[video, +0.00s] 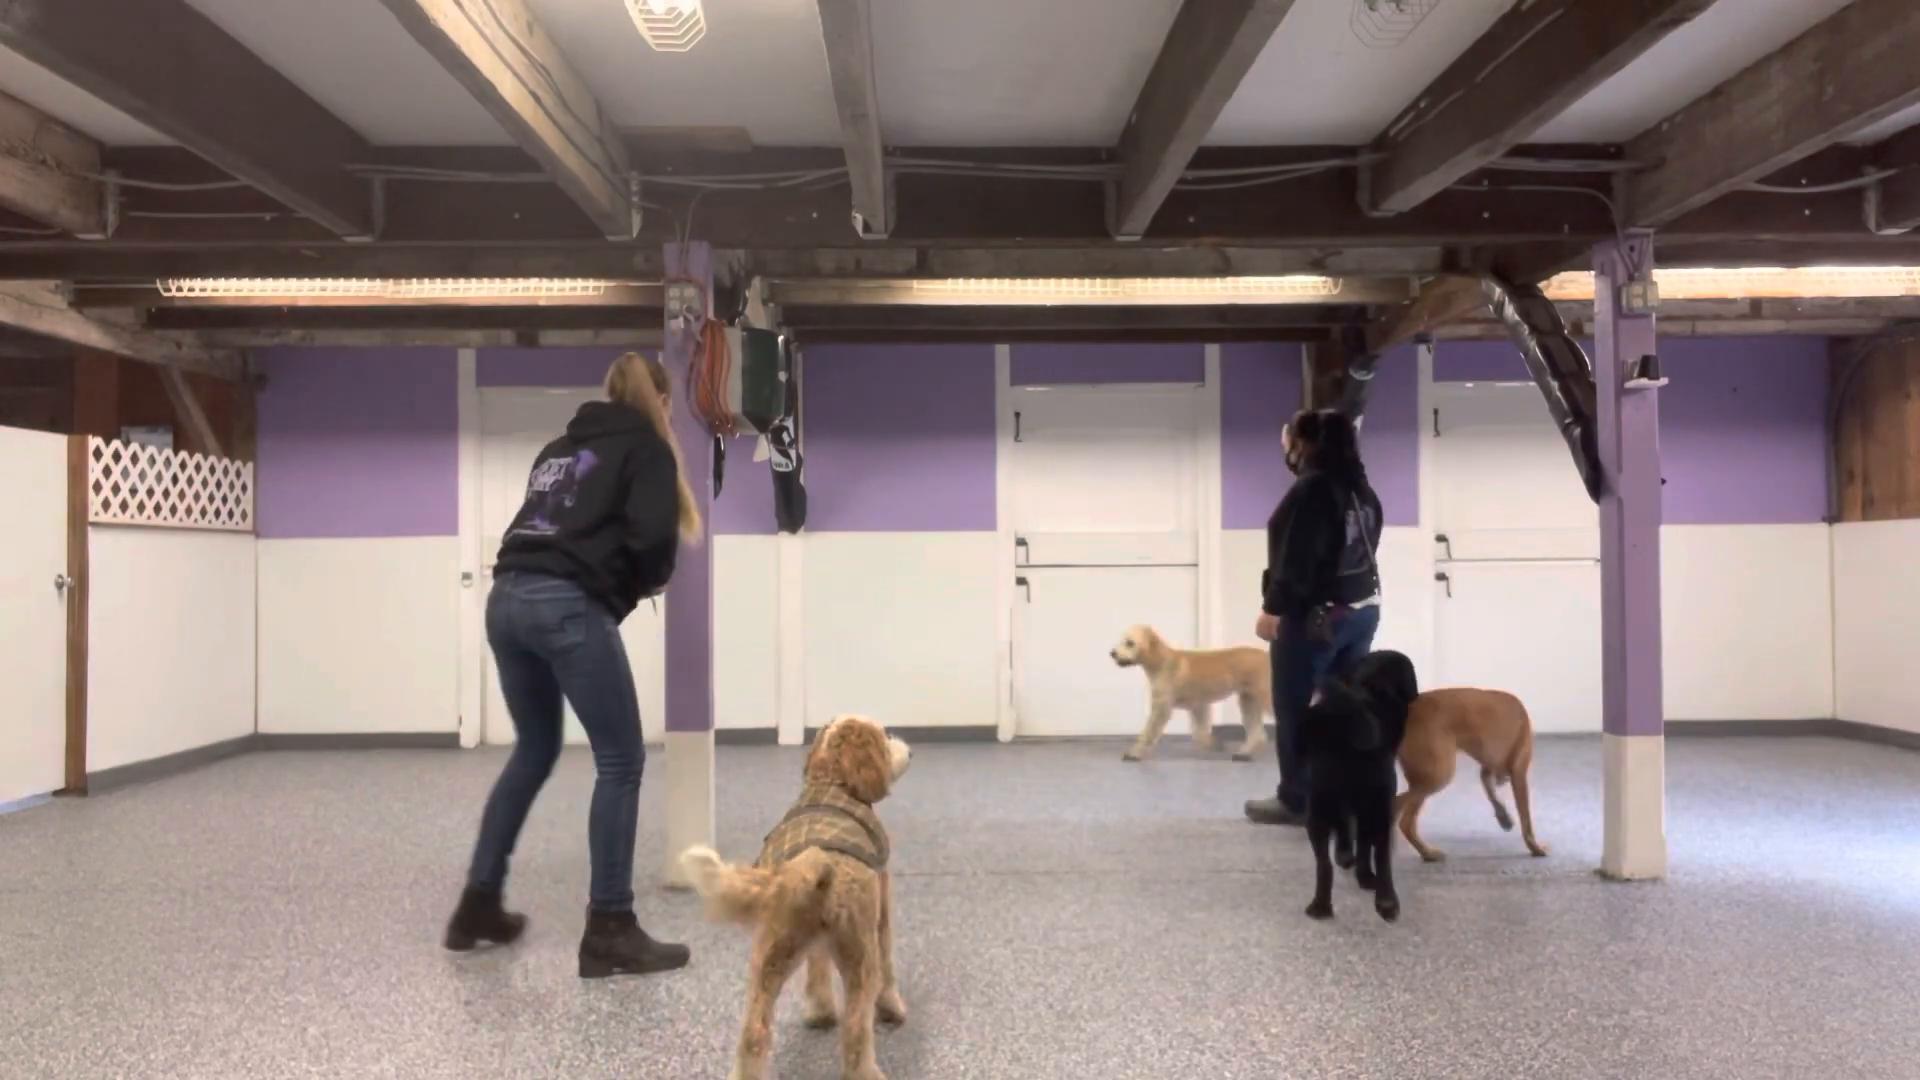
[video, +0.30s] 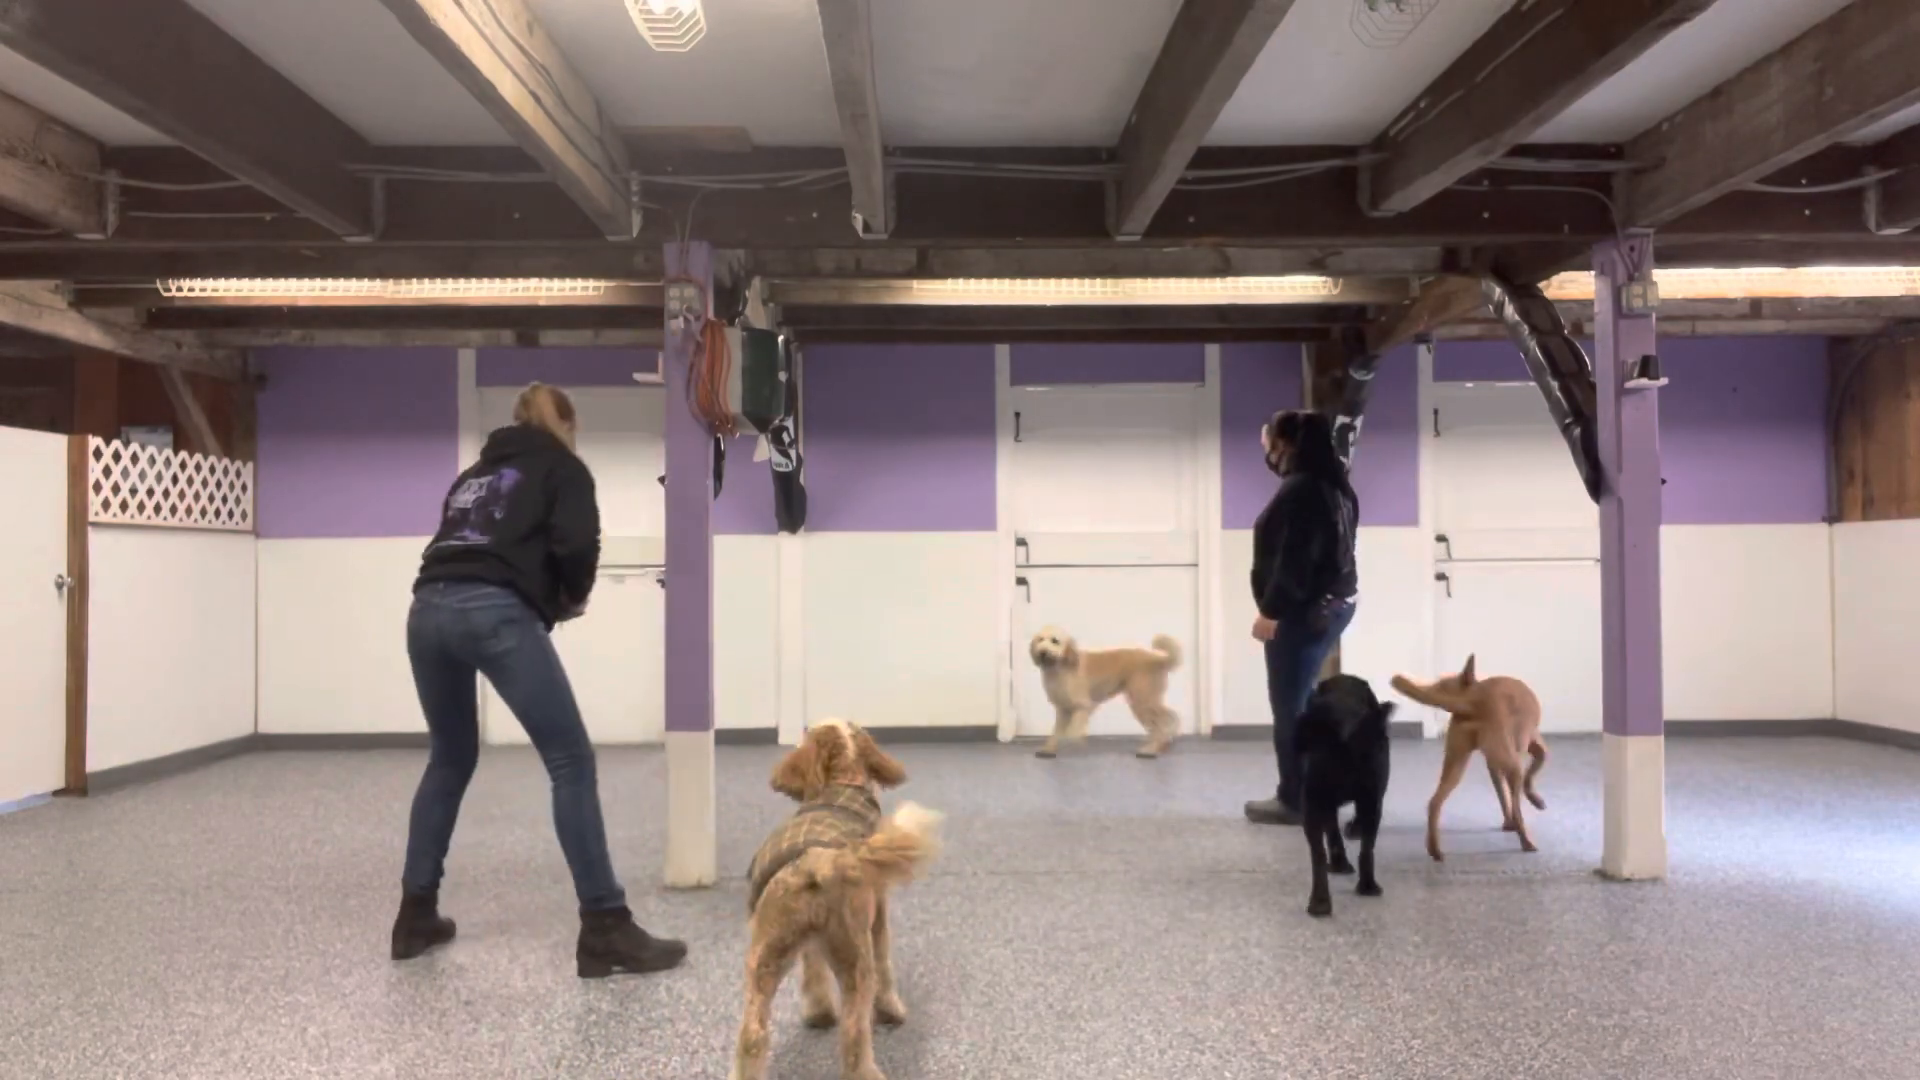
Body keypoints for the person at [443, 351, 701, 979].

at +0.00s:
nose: (671, 408)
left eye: (668, 399)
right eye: (668, 399)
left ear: (608, 395)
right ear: (659, 400)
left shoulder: (563, 444)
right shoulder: (647, 447)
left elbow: (547, 520)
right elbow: (653, 536)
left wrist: (604, 572)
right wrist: (645, 582)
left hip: (507, 599)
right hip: (568, 604)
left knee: (534, 752)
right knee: (620, 762)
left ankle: (478, 907)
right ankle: (611, 929)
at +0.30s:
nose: (572, 436)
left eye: (569, 428)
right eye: (572, 428)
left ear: (516, 423)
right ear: (565, 426)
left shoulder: (476, 469)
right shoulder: (565, 468)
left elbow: (462, 540)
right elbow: (574, 543)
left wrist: (533, 594)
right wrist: (572, 597)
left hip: (428, 611)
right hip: (496, 610)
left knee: (450, 756)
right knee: (570, 763)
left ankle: (415, 915)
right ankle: (605, 926)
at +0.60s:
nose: (518, 454)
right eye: (517, 447)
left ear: (461, 447)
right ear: (514, 449)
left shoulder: (427, 495)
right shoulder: (524, 482)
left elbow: (407, 574)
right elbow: (552, 554)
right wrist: (536, 611)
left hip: (407, 615)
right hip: (482, 609)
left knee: (433, 760)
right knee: (552, 764)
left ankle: (414, 915)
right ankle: (589, 927)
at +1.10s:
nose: (459, 422)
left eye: (455, 413)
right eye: (456, 413)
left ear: (396, 416)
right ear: (445, 412)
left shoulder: (361, 478)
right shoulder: (457, 464)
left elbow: (329, 569)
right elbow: (491, 535)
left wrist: (371, 606)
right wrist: (525, 582)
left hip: (367, 634)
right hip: (438, 623)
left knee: (433, 759)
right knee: (521, 764)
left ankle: (415, 913)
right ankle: (578, 916)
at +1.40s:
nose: (421, 398)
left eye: (419, 388)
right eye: (419, 388)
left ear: (358, 389)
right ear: (409, 388)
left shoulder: (326, 451)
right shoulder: (410, 444)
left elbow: (312, 540)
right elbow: (446, 521)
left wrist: (357, 579)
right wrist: (489, 569)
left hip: (328, 620)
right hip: (393, 616)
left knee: (410, 761)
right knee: (446, 759)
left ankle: (414, 913)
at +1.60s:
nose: (392, 400)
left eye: (391, 389)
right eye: (389, 389)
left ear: (329, 382)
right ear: (374, 388)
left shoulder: (285, 446)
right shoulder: (364, 444)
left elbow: (279, 534)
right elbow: (403, 526)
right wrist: (440, 574)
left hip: (275, 624)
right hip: (331, 626)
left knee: (378, 748)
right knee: (333, 781)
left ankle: (400, 906)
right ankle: (239, 924)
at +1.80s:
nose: (365, 405)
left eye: (365, 393)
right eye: (363, 393)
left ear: (304, 383)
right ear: (350, 391)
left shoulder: (262, 437)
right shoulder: (332, 443)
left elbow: (230, 528)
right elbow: (351, 530)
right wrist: (396, 591)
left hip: (236, 621)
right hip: (289, 625)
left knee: (338, 736)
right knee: (309, 779)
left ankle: (325, 893)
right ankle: (231, 930)